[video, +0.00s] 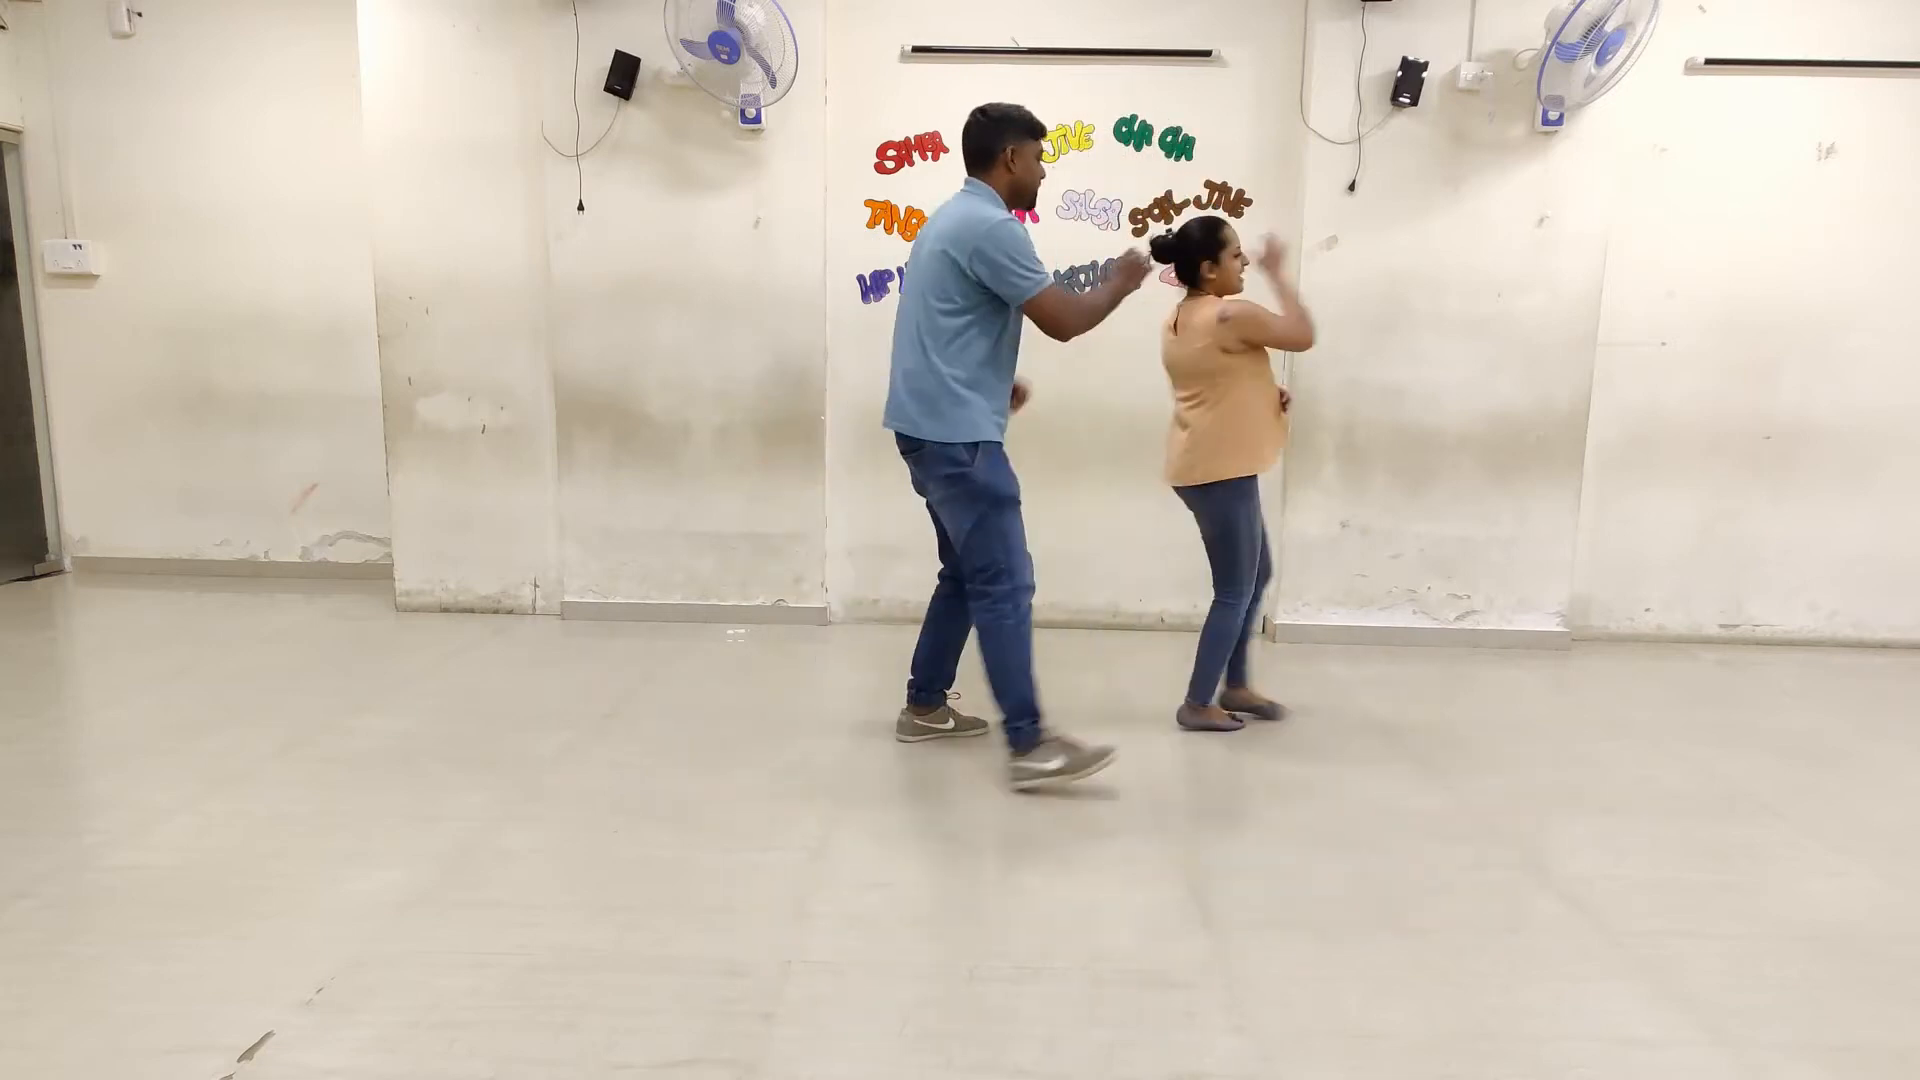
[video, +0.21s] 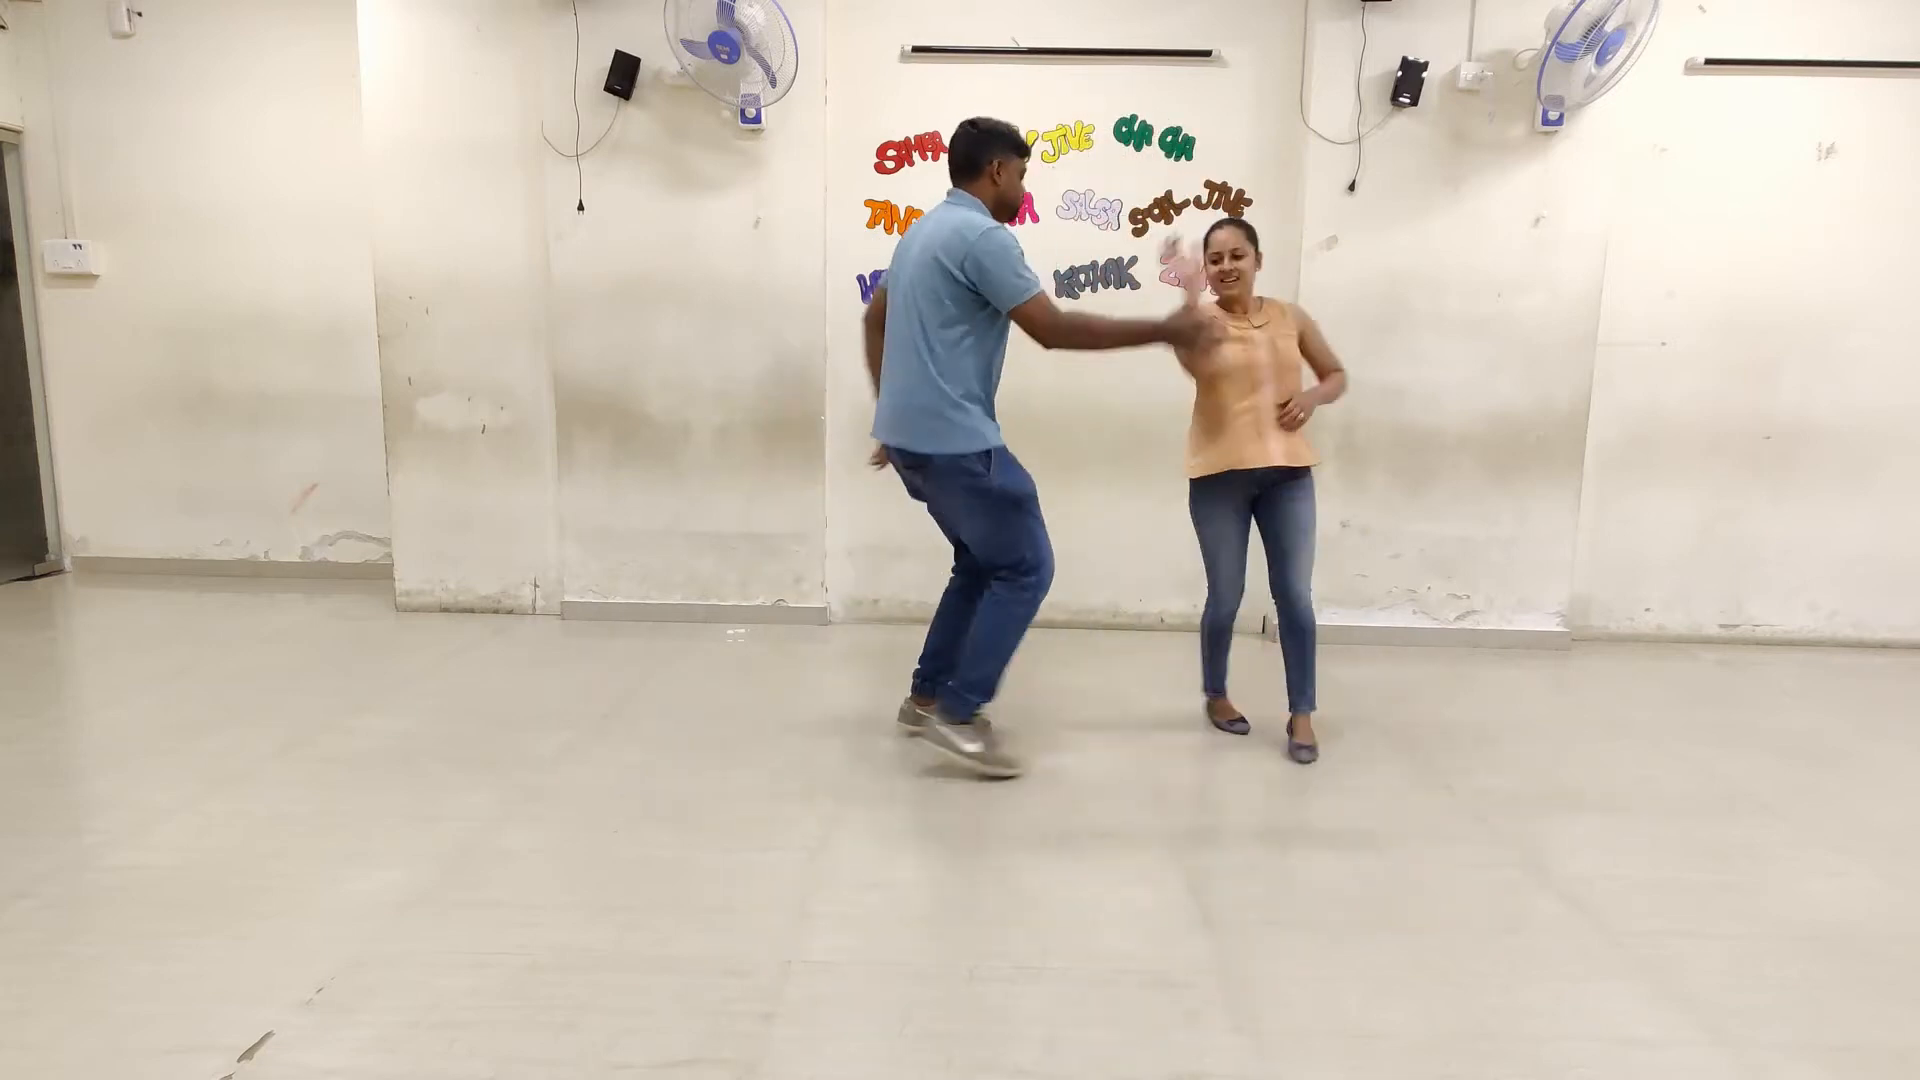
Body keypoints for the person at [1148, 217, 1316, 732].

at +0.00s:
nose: (1245, 262)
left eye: (1241, 254)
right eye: (1235, 256)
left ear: (1197, 269)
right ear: (1206, 268)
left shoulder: (1177, 319)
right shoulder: (1230, 315)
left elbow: (1207, 386)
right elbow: (1302, 332)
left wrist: (1266, 400)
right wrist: (1279, 274)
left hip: (1199, 466)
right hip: (1224, 469)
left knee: (1256, 569)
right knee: (1233, 586)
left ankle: (1235, 687)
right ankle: (1198, 704)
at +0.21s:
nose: (1226, 266)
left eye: (1237, 255)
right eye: (1216, 258)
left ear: (1257, 260)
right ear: (1205, 267)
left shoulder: (1291, 319)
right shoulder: (1197, 324)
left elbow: (1335, 377)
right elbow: (1196, 360)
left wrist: (1311, 397)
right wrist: (1194, 297)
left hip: (1286, 471)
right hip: (1218, 474)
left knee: (1295, 597)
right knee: (1225, 596)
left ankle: (1302, 715)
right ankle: (1215, 696)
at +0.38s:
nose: (1234, 297)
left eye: (1246, 287)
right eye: (1227, 287)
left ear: (1275, 288)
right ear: (1222, 290)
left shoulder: (1307, 345)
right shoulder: (1215, 353)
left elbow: (1349, 423)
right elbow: (1186, 423)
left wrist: (1273, 452)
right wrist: (1150, 387)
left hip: (1292, 505)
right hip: (1231, 506)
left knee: (1273, 616)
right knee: (1214, 612)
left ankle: (1303, 735)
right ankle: (1251, 705)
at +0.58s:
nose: (1245, 304)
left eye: (1254, 294)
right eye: (1239, 294)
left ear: (1286, 287)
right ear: (1236, 289)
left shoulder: (1299, 339)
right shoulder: (1248, 343)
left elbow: (1283, 423)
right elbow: (1188, 384)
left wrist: (1227, 430)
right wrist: (1114, 382)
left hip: (1307, 492)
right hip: (1276, 494)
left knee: (1259, 611)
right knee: (1233, 587)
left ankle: (1304, 736)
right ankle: (1257, 705)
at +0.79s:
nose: (1249, 310)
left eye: (1258, 299)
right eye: (1242, 300)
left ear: (1290, 292)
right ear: (1239, 293)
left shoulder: (1297, 345)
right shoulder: (1260, 339)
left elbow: (1275, 437)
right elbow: (1187, 358)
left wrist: (1231, 428)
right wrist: (1112, 347)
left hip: (1304, 494)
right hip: (1298, 492)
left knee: (1267, 616)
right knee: (1262, 607)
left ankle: (1307, 745)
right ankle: (1266, 703)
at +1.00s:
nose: (1244, 327)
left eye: (1254, 316)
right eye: (1236, 316)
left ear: (1282, 309)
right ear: (1229, 310)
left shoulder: (1304, 359)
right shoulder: (1235, 356)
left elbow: (1330, 442)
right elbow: (1160, 375)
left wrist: (1253, 456)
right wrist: (1100, 344)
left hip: (1317, 511)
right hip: (1271, 511)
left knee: (1246, 610)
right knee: (1221, 600)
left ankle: (1283, 735)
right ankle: (1270, 702)